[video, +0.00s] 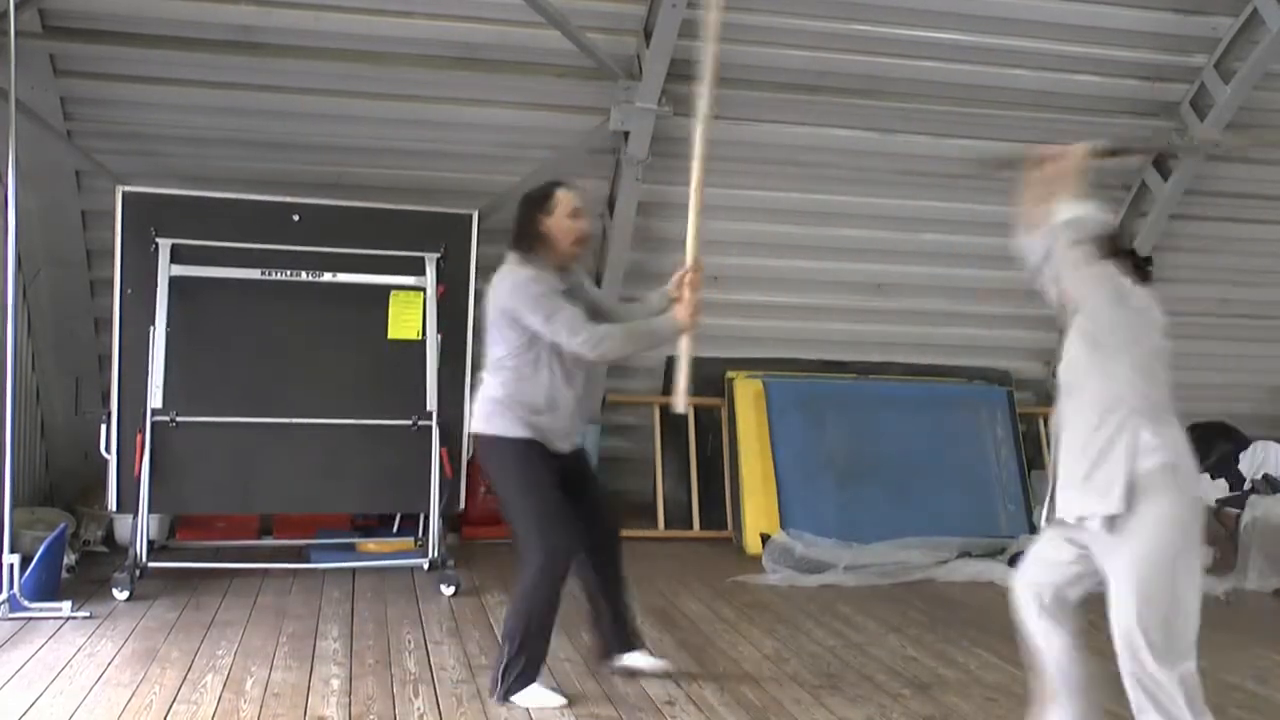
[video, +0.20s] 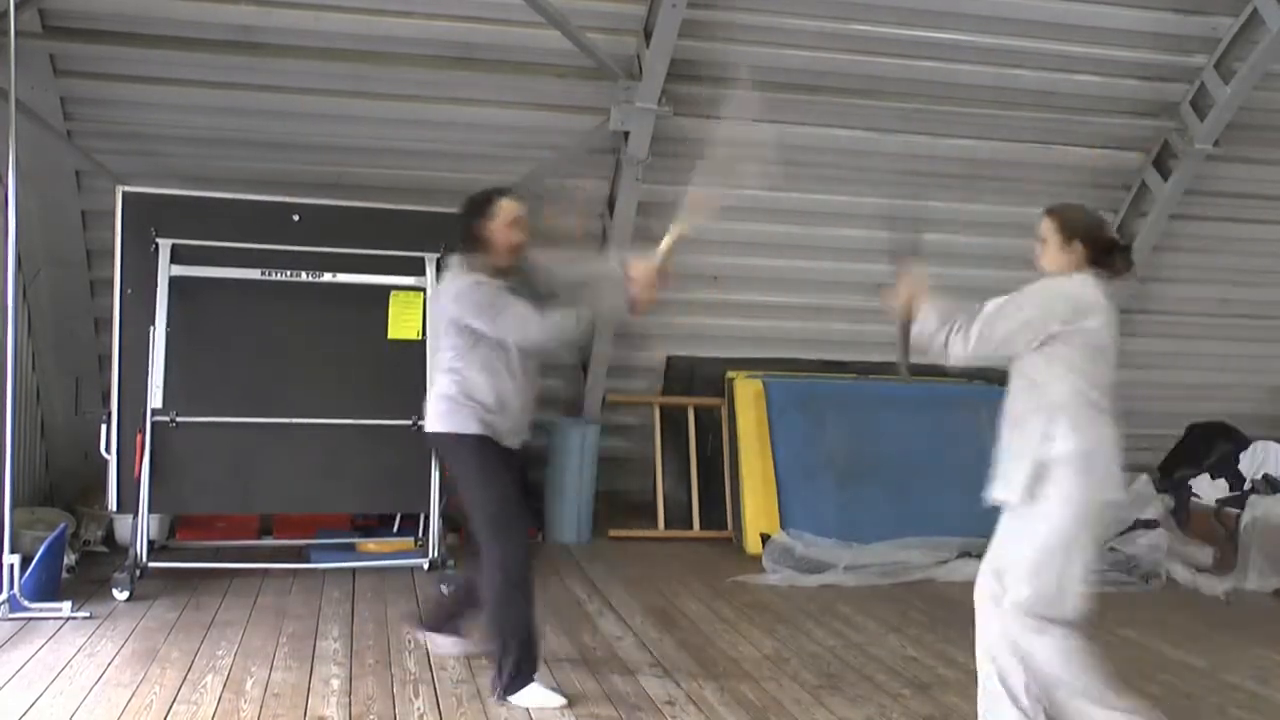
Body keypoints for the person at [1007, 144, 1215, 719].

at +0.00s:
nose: (1065, 281)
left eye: (1079, 265)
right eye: (1066, 271)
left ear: (1108, 264)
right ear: (1092, 270)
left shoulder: (1128, 308)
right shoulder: (1093, 318)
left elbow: (1080, 251)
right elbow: (1043, 255)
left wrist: (1069, 183)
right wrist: (1038, 189)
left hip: (1151, 502)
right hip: (1094, 505)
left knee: (1151, 655)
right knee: (1035, 585)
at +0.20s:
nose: (1036, 249)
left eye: (1044, 241)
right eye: (1038, 240)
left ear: (1074, 248)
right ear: (1077, 249)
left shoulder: (1072, 295)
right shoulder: (1070, 297)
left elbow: (972, 337)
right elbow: (980, 334)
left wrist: (919, 306)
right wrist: (924, 309)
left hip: (1069, 482)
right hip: (1045, 479)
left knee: (1027, 607)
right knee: (995, 593)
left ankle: (1117, 713)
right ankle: (1007, 711)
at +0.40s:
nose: (984, 241)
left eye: (992, 231)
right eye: (987, 230)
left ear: (1016, 238)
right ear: (1037, 241)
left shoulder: (978, 296)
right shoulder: (1063, 301)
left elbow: (919, 386)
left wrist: (883, 367)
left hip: (990, 491)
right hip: (1055, 490)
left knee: (940, 619)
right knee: (1008, 616)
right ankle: (1020, 713)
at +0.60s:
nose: (941, 240)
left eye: (946, 230)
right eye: (942, 229)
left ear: (970, 235)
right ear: (998, 235)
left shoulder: (944, 282)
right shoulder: (1026, 290)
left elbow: (878, 288)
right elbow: (961, 293)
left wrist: (901, 238)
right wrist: (923, 253)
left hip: (946, 467)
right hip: (1008, 469)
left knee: (868, 580)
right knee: (986, 606)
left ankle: (889, 710)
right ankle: (1005, 712)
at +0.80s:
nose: (862, 278)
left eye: (867, 268)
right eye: (863, 267)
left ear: (886, 271)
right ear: (921, 269)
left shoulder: (858, 319)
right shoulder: (956, 320)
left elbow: (872, 377)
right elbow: (952, 375)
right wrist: (929, 292)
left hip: (903, 498)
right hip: (974, 494)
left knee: (810, 601)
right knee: (974, 609)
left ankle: (756, 709)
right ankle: (1007, 711)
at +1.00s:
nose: (773, 293)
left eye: (776, 282)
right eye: (773, 282)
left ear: (795, 284)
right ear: (829, 281)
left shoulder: (786, 332)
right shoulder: (859, 333)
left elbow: (744, 399)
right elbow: (810, 426)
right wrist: (743, 426)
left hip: (850, 515)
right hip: (915, 508)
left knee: (744, 602)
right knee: (923, 619)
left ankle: (729, 712)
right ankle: (993, 712)